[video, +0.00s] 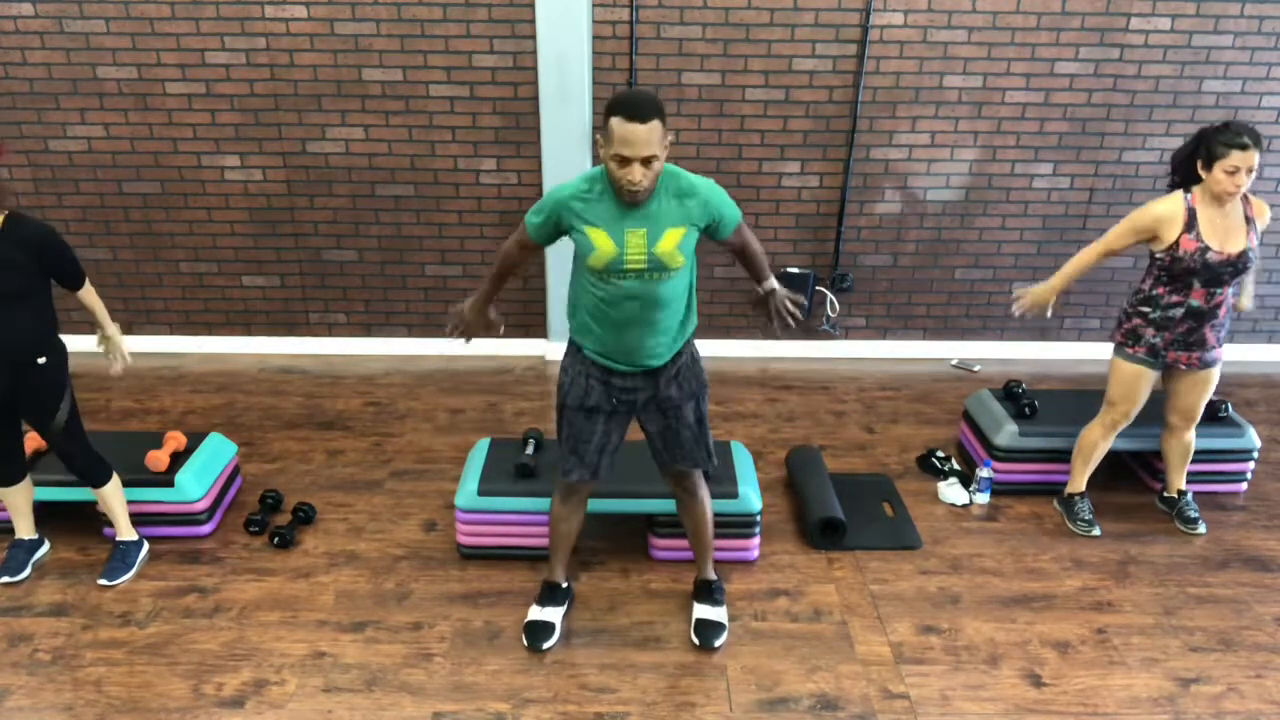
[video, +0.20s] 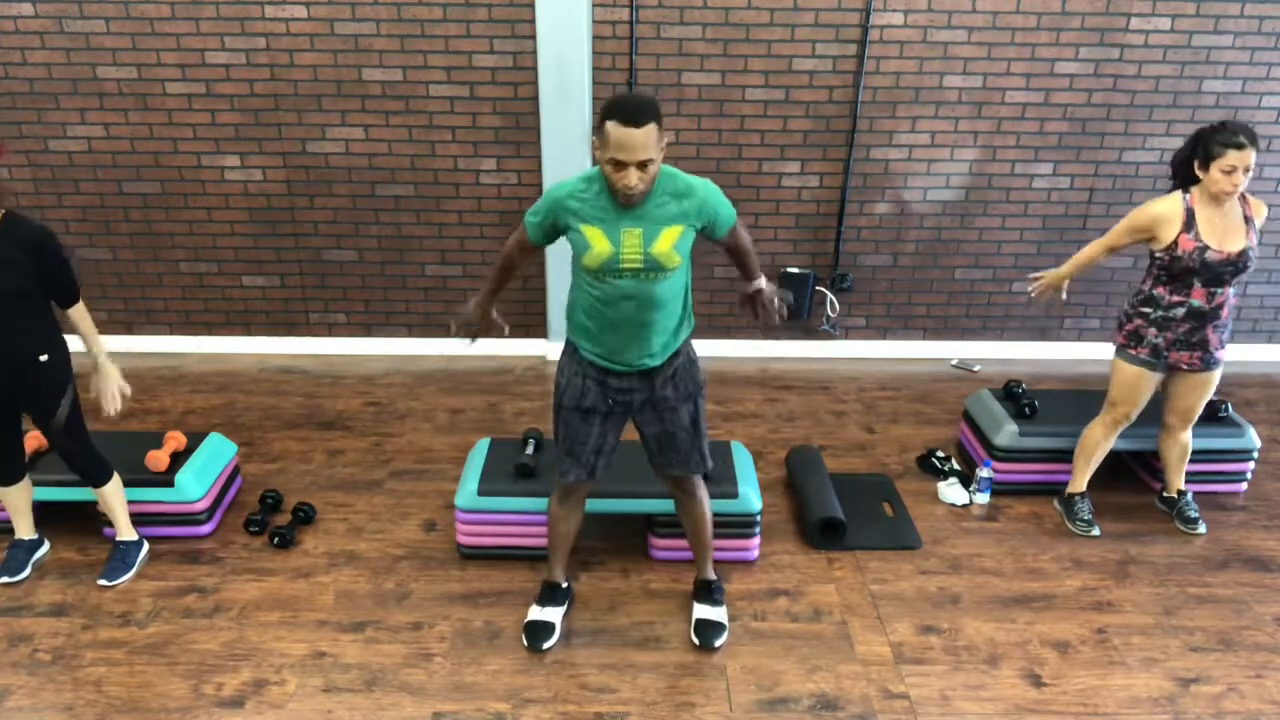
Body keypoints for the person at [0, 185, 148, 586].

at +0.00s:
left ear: (4, 200)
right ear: (3, 201)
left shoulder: (30, 235)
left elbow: (78, 282)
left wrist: (108, 326)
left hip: (38, 366)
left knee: (77, 453)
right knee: (5, 461)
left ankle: (129, 538)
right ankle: (26, 539)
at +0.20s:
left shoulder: (28, 238)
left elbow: (70, 301)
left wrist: (102, 360)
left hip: (40, 368)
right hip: (1, 378)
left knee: (78, 452)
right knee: (6, 461)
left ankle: (129, 538)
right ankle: (26, 539)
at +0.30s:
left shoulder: (21, 236)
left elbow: (63, 311)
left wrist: (83, 383)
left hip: (42, 363)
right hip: (2, 374)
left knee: (78, 450)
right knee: (6, 459)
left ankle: (129, 538)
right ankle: (26, 538)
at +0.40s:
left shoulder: (15, 242)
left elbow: (53, 320)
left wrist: (39, 392)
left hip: (56, 355)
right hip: (8, 364)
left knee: (76, 449)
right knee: (4, 456)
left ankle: (128, 538)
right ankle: (25, 538)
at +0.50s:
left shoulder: (14, 265)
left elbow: (40, 344)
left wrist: (2, 384)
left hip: (68, 356)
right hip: (17, 364)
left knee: (79, 453)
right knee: (2, 453)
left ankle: (129, 539)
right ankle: (26, 538)